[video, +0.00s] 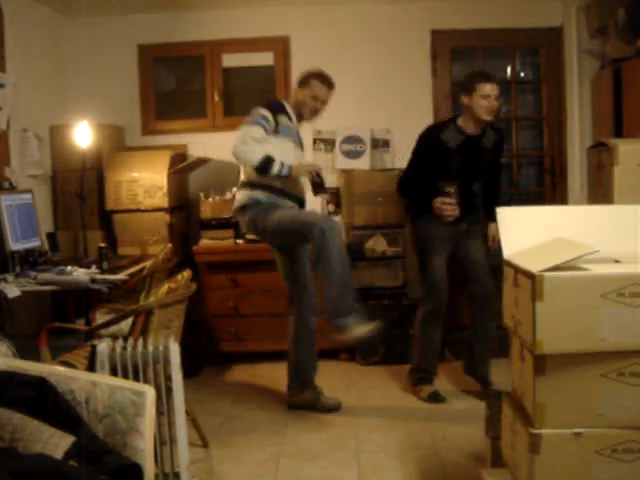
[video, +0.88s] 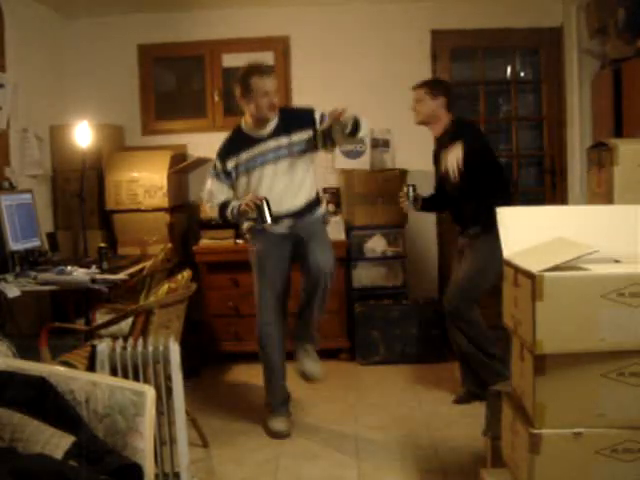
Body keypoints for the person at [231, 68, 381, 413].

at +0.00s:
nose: (316, 107)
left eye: (322, 104)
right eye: (313, 98)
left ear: (324, 106)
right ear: (297, 90)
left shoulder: (296, 132)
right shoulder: (269, 113)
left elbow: (289, 181)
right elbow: (243, 148)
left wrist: (312, 192)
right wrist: (290, 168)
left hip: (288, 213)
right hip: (259, 209)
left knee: (303, 299)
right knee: (324, 225)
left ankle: (301, 387)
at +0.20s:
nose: (311, 116)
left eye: (317, 111)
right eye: (306, 108)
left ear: (320, 114)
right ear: (289, 102)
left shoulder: (304, 151)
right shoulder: (262, 123)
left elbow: (330, 175)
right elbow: (230, 161)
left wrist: (373, 169)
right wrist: (274, 180)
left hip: (288, 223)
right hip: (258, 217)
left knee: (306, 306)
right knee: (324, 247)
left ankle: (273, 386)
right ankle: (377, 320)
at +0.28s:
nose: (313, 123)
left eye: (318, 118)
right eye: (308, 114)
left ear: (320, 120)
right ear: (289, 107)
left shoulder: (304, 157)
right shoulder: (260, 131)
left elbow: (334, 181)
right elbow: (226, 168)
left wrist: (372, 157)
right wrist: (272, 186)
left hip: (291, 229)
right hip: (259, 226)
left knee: (308, 310)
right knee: (326, 254)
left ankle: (275, 386)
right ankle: (369, 336)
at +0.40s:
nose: (303, 110)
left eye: (308, 105)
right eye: (299, 102)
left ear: (311, 106)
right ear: (281, 96)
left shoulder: (304, 146)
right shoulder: (251, 131)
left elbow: (330, 180)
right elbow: (218, 177)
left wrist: (346, 146)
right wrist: (261, 194)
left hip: (299, 232)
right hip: (267, 229)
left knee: (309, 312)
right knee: (317, 294)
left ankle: (275, 388)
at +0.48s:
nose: (287, 84)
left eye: (291, 77)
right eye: (282, 76)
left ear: (294, 77)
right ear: (261, 75)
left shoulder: (302, 114)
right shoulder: (241, 119)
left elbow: (334, 130)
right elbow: (217, 172)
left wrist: (348, 136)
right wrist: (253, 191)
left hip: (305, 223)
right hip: (275, 224)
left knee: (300, 306)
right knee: (299, 306)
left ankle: (273, 387)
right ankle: (283, 395)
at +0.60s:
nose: (272, 86)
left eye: (274, 79)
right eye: (264, 79)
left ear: (277, 80)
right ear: (243, 83)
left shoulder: (296, 109)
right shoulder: (231, 137)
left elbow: (335, 113)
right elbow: (217, 187)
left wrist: (368, 130)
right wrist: (245, 199)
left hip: (308, 226)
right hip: (274, 233)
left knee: (320, 310)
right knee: (285, 321)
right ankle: (278, 405)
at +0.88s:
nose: (273, 101)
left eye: (275, 93)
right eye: (264, 96)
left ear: (279, 92)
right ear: (244, 99)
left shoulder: (301, 121)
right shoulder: (231, 149)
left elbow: (346, 136)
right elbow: (213, 198)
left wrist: (345, 124)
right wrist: (239, 207)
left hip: (309, 218)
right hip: (267, 229)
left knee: (322, 267)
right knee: (269, 315)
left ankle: (305, 341)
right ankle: (277, 405)